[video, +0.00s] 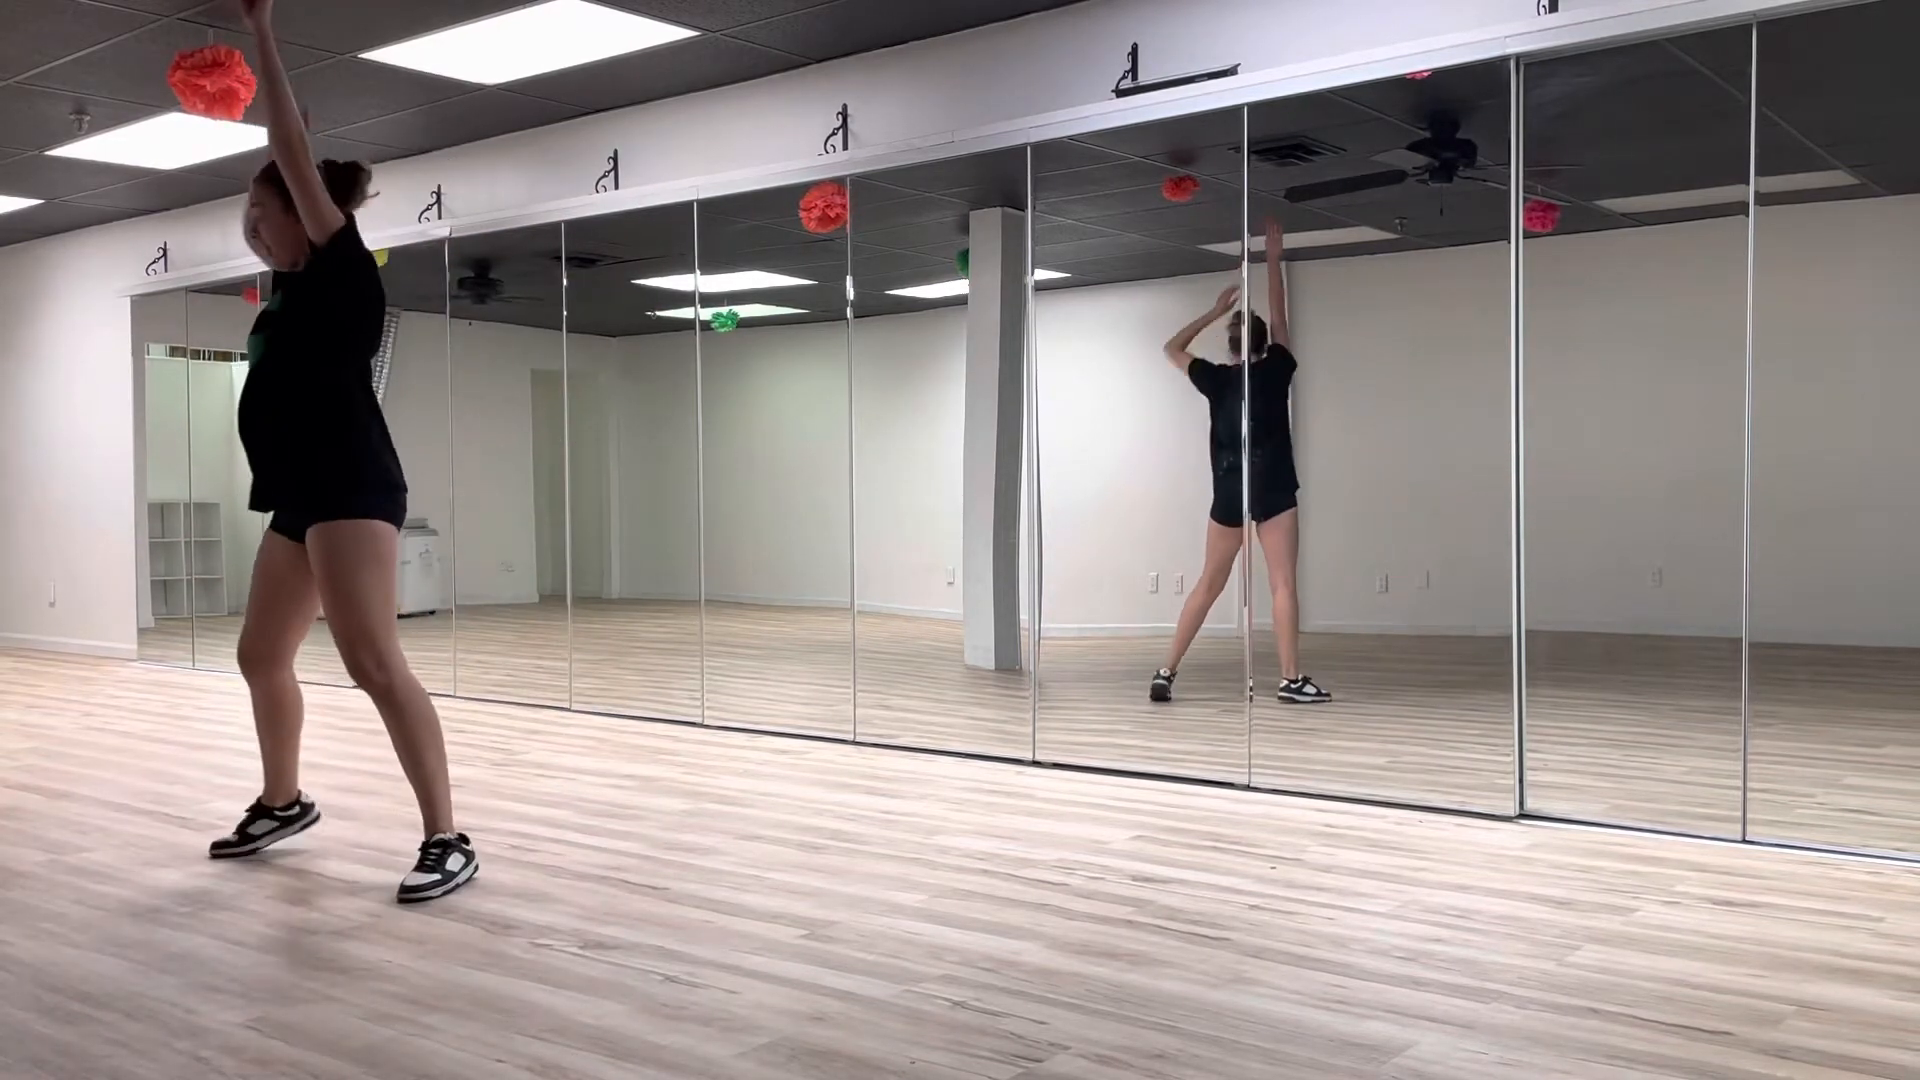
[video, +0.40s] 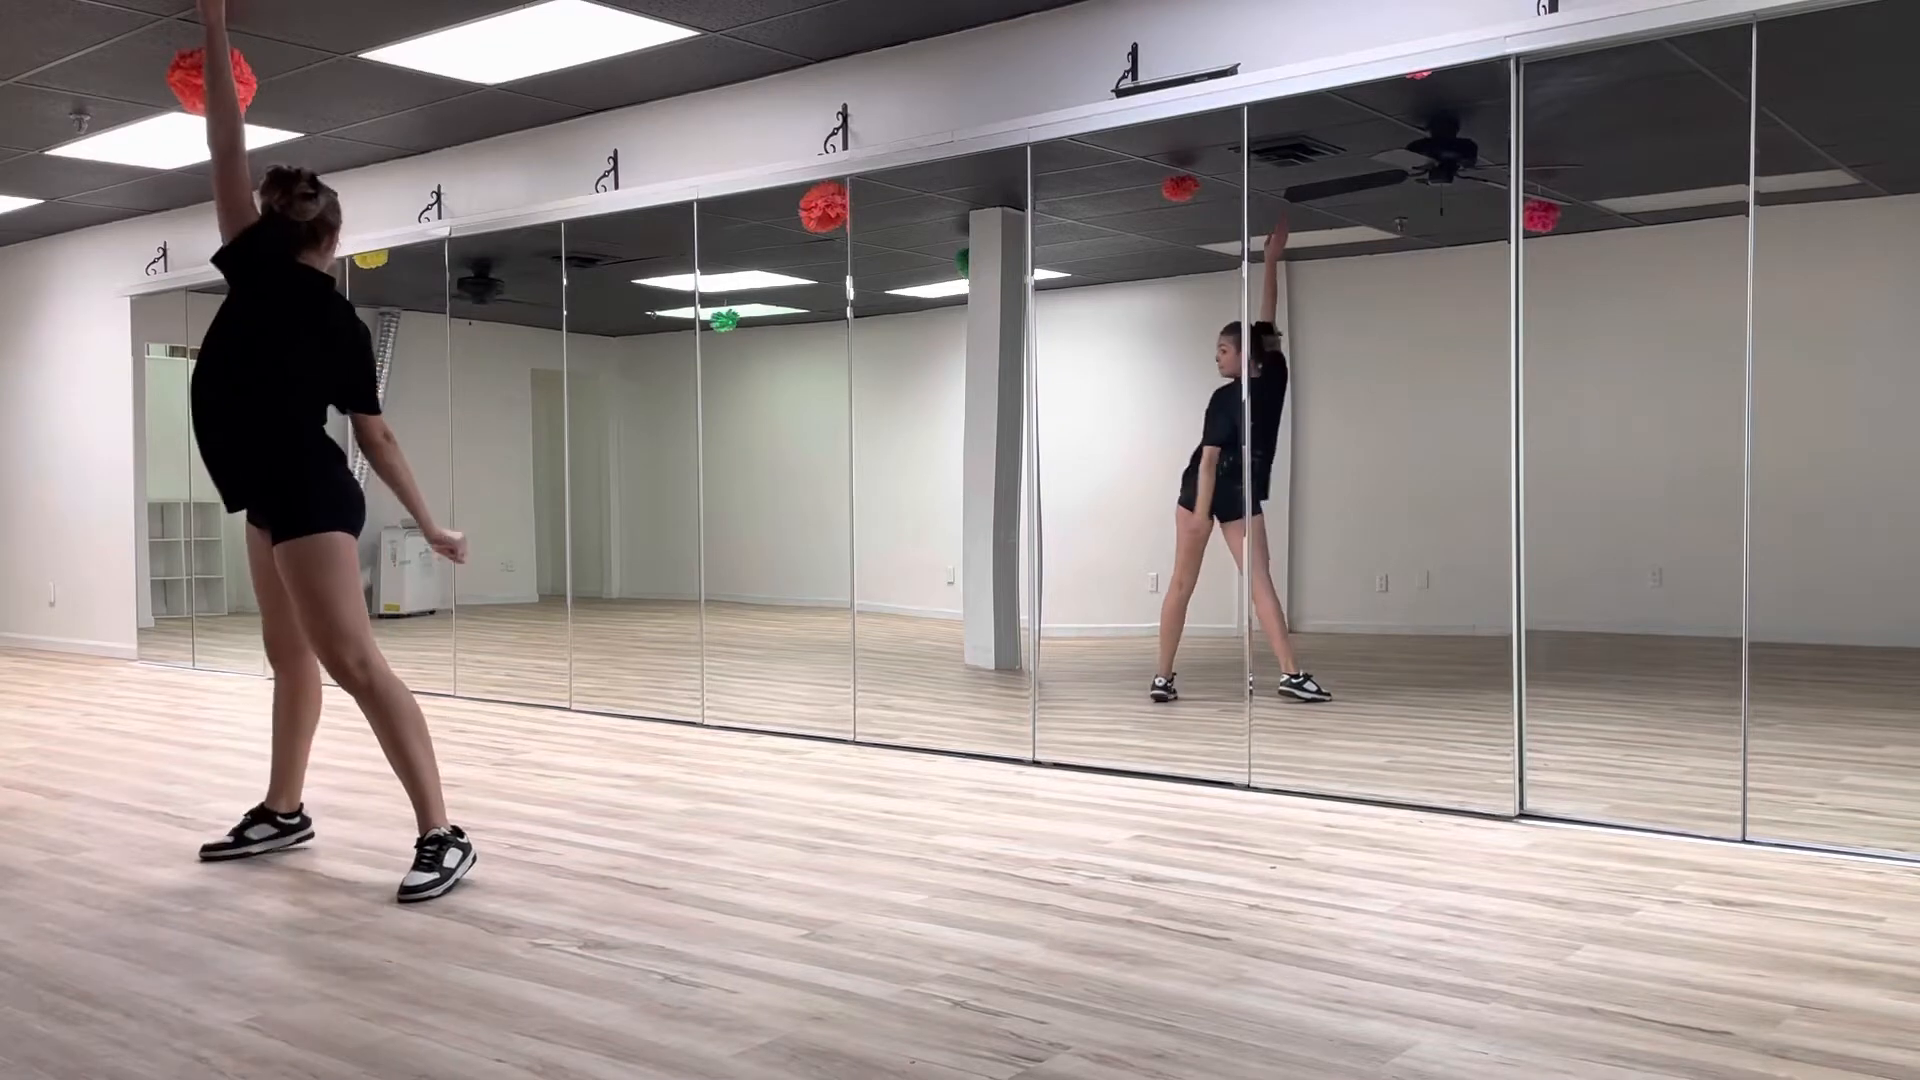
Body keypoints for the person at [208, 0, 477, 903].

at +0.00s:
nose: (252, 229)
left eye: (263, 216)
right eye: (250, 218)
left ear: (303, 211)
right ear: (269, 223)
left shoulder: (344, 271)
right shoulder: (288, 296)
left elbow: (294, 157)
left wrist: (263, 41)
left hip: (352, 488)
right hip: (295, 497)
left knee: (375, 662)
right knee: (262, 656)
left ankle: (445, 837)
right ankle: (283, 801)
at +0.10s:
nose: (269, 201)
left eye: (277, 187)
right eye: (267, 191)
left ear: (310, 190)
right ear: (303, 197)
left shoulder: (330, 254)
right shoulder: (299, 273)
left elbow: (271, 136)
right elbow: (262, 170)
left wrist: (241, 27)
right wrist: (237, 81)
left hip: (349, 481)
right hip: (299, 489)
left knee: (362, 658)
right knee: (251, 637)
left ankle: (442, 836)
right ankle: (260, 785)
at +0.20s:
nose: (254, 189)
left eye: (264, 174)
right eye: (258, 178)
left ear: (292, 190)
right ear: (327, 201)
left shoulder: (298, 244)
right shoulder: (350, 287)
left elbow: (248, 126)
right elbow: (384, 399)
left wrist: (226, 23)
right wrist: (335, 364)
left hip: (335, 476)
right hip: (294, 481)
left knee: (362, 654)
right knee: (258, 634)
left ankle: (441, 832)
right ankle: (257, 789)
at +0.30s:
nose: (249, 198)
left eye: (256, 187)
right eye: (253, 190)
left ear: (273, 202)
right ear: (335, 214)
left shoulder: (268, 247)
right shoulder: (355, 304)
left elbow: (231, 129)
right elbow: (392, 421)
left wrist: (220, 24)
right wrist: (378, 494)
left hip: (309, 483)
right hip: (288, 488)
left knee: (364, 657)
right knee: (281, 646)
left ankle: (442, 832)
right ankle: (275, 804)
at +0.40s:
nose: (263, 209)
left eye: (270, 206)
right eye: (334, 235)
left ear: (272, 222)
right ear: (333, 239)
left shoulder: (257, 260)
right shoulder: (338, 319)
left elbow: (225, 139)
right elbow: (374, 437)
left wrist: (215, 25)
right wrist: (430, 524)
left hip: (304, 493)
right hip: (271, 498)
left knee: (354, 661)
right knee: (291, 656)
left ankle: (440, 834)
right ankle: (283, 811)